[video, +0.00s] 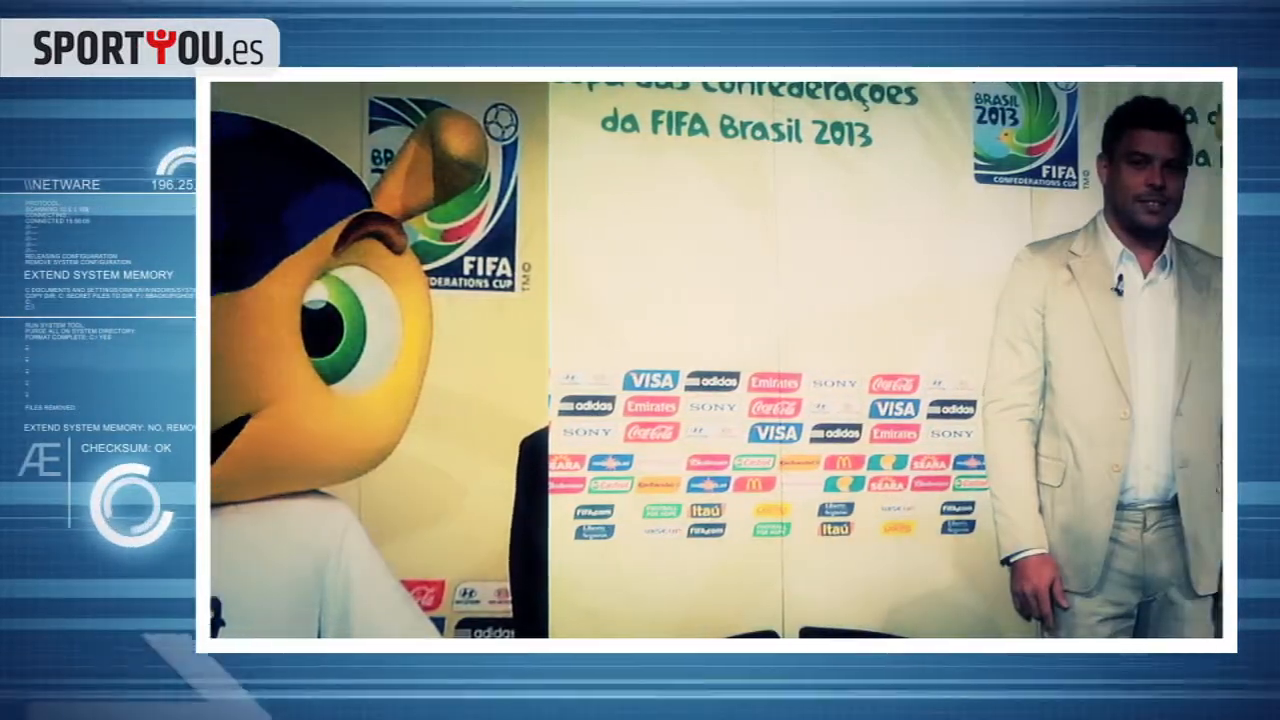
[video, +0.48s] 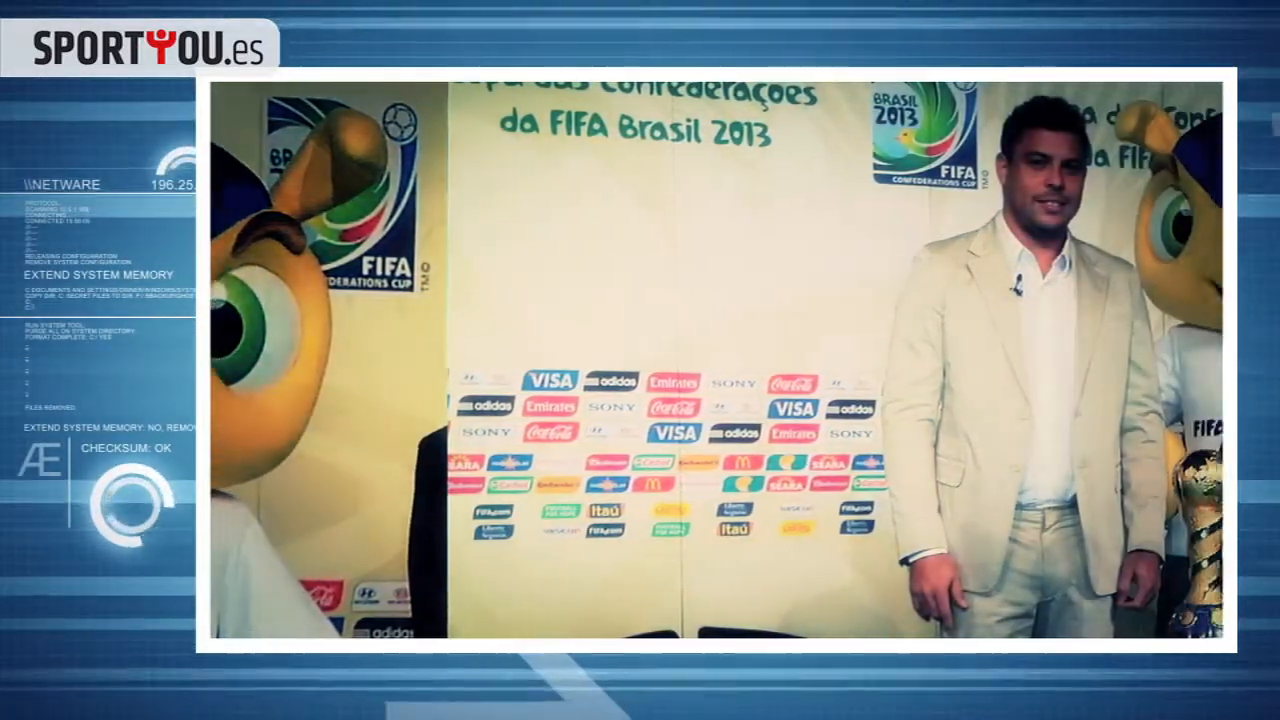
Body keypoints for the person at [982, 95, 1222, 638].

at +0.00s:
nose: (1157, 180)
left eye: (1172, 166)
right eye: (1139, 162)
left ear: (1187, 179)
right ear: (1104, 170)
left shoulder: (1222, 280)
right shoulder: (1042, 271)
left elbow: (1241, 421)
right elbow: (1008, 415)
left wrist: (1239, 552)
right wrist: (1024, 548)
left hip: (1193, 544)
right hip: (1086, 544)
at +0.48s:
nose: (1056, 180)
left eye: (1072, 166)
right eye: (1038, 162)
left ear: (1086, 178)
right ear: (1003, 169)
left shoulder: (1118, 282)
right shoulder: (941, 270)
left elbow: (1142, 422)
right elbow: (907, 414)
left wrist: (1145, 542)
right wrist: (924, 549)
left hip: (1091, 543)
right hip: (984, 546)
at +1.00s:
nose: (947, 180)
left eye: (963, 166)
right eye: (929, 162)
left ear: (976, 178)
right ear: (894, 170)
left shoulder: (1010, 283)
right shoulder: (832, 271)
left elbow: (1033, 423)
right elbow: (798, 414)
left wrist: (1036, 543)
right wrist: (815, 549)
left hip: (983, 544)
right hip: (874, 546)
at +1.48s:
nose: (846, 180)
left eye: (862, 166)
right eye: (828, 162)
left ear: (875, 178)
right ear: (793, 169)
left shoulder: (909, 282)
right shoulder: (731, 270)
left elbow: (932, 423)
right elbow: (697, 414)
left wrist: (935, 543)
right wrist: (714, 549)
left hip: (881, 543)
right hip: (773, 545)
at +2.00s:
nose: (738, 180)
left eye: (754, 166)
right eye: (719, 162)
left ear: (767, 177)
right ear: (684, 169)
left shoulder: (800, 283)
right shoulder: (621, 271)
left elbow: (823, 423)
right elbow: (589, 415)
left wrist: (826, 543)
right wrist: (606, 549)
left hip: (773, 542)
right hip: (665, 544)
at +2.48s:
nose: (638, 180)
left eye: (654, 166)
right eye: (619, 162)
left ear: (667, 178)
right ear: (584, 170)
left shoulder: (700, 282)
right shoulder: (522, 270)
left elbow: (723, 423)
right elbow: (488, 415)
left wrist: (726, 543)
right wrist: (506, 549)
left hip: (673, 542)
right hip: (565, 544)